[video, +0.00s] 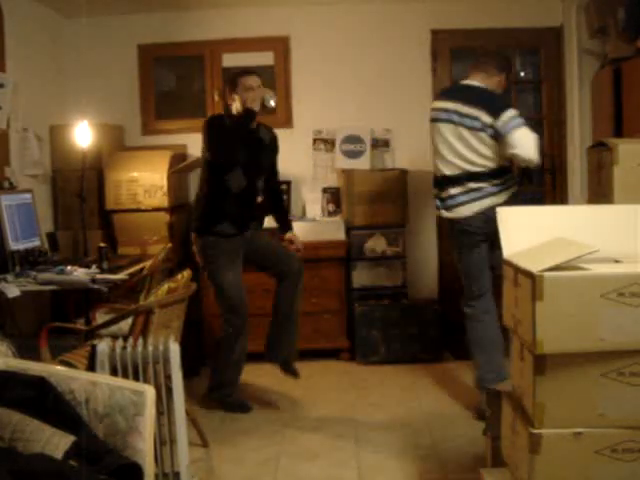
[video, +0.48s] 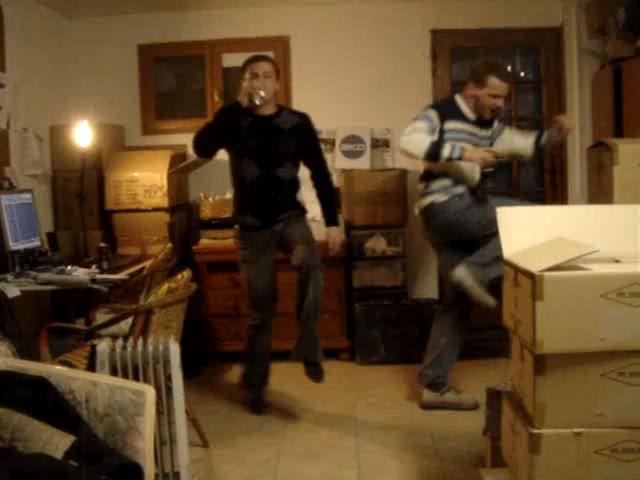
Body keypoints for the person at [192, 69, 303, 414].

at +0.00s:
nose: (255, 95)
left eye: (258, 89)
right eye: (248, 90)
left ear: (264, 94)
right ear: (233, 96)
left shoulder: (266, 137)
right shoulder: (217, 125)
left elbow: (272, 186)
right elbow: (222, 156)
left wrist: (285, 228)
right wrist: (250, 115)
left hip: (250, 233)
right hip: (217, 236)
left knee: (291, 267)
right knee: (236, 312)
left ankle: (282, 349)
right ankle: (221, 391)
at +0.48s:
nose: (260, 82)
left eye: (266, 76)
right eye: (253, 76)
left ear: (278, 83)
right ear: (244, 83)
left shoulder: (296, 123)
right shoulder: (233, 119)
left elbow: (320, 174)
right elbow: (202, 149)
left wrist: (332, 222)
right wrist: (234, 108)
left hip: (290, 218)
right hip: (253, 223)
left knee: (310, 264)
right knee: (261, 307)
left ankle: (310, 349)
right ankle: (255, 385)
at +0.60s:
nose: (271, 93)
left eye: (276, 86)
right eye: (263, 87)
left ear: (288, 89)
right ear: (253, 91)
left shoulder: (307, 128)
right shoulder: (242, 124)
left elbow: (333, 180)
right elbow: (212, 160)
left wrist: (344, 228)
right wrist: (245, 118)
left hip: (301, 226)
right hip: (262, 230)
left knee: (310, 293)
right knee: (277, 311)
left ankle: (315, 375)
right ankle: (287, 395)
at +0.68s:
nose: (292, 121)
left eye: (297, 114)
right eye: (285, 114)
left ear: (303, 113)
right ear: (268, 113)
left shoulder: (321, 149)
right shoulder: (253, 146)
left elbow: (353, 198)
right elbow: (225, 182)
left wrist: (361, 243)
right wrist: (263, 145)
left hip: (317, 256)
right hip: (275, 258)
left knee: (317, 334)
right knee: (283, 338)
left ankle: (318, 411)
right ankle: (294, 401)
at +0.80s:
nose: (329, 120)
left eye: (332, 112)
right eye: (322, 112)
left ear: (333, 111)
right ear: (299, 110)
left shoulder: (338, 142)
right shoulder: (271, 137)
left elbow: (363, 190)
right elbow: (244, 184)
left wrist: (370, 233)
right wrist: (292, 157)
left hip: (329, 240)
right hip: (287, 242)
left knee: (336, 309)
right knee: (294, 322)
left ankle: (330, 385)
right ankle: (299, 396)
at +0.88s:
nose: (347, 115)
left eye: (349, 107)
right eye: (341, 106)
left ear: (347, 104)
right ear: (317, 102)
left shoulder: (350, 135)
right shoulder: (280, 130)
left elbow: (364, 186)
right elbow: (254, 184)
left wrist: (372, 230)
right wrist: (308, 160)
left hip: (335, 230)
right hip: (293, 233)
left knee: (343, 289)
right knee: (295, 318)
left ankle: (337, 373)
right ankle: (305, 389)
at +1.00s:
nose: (388, 119)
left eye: (390, 111)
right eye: (382, 111)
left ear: (362, 107)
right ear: (355, 105)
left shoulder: (374, 143)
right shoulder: (305, 131)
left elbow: (374, 200)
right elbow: (278, 188)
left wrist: (376, 250)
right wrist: (339, 179)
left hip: (346, 243)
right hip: (302, 244)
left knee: (358, 330)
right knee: (310, 338)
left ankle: (357, 420)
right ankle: (318, 419)